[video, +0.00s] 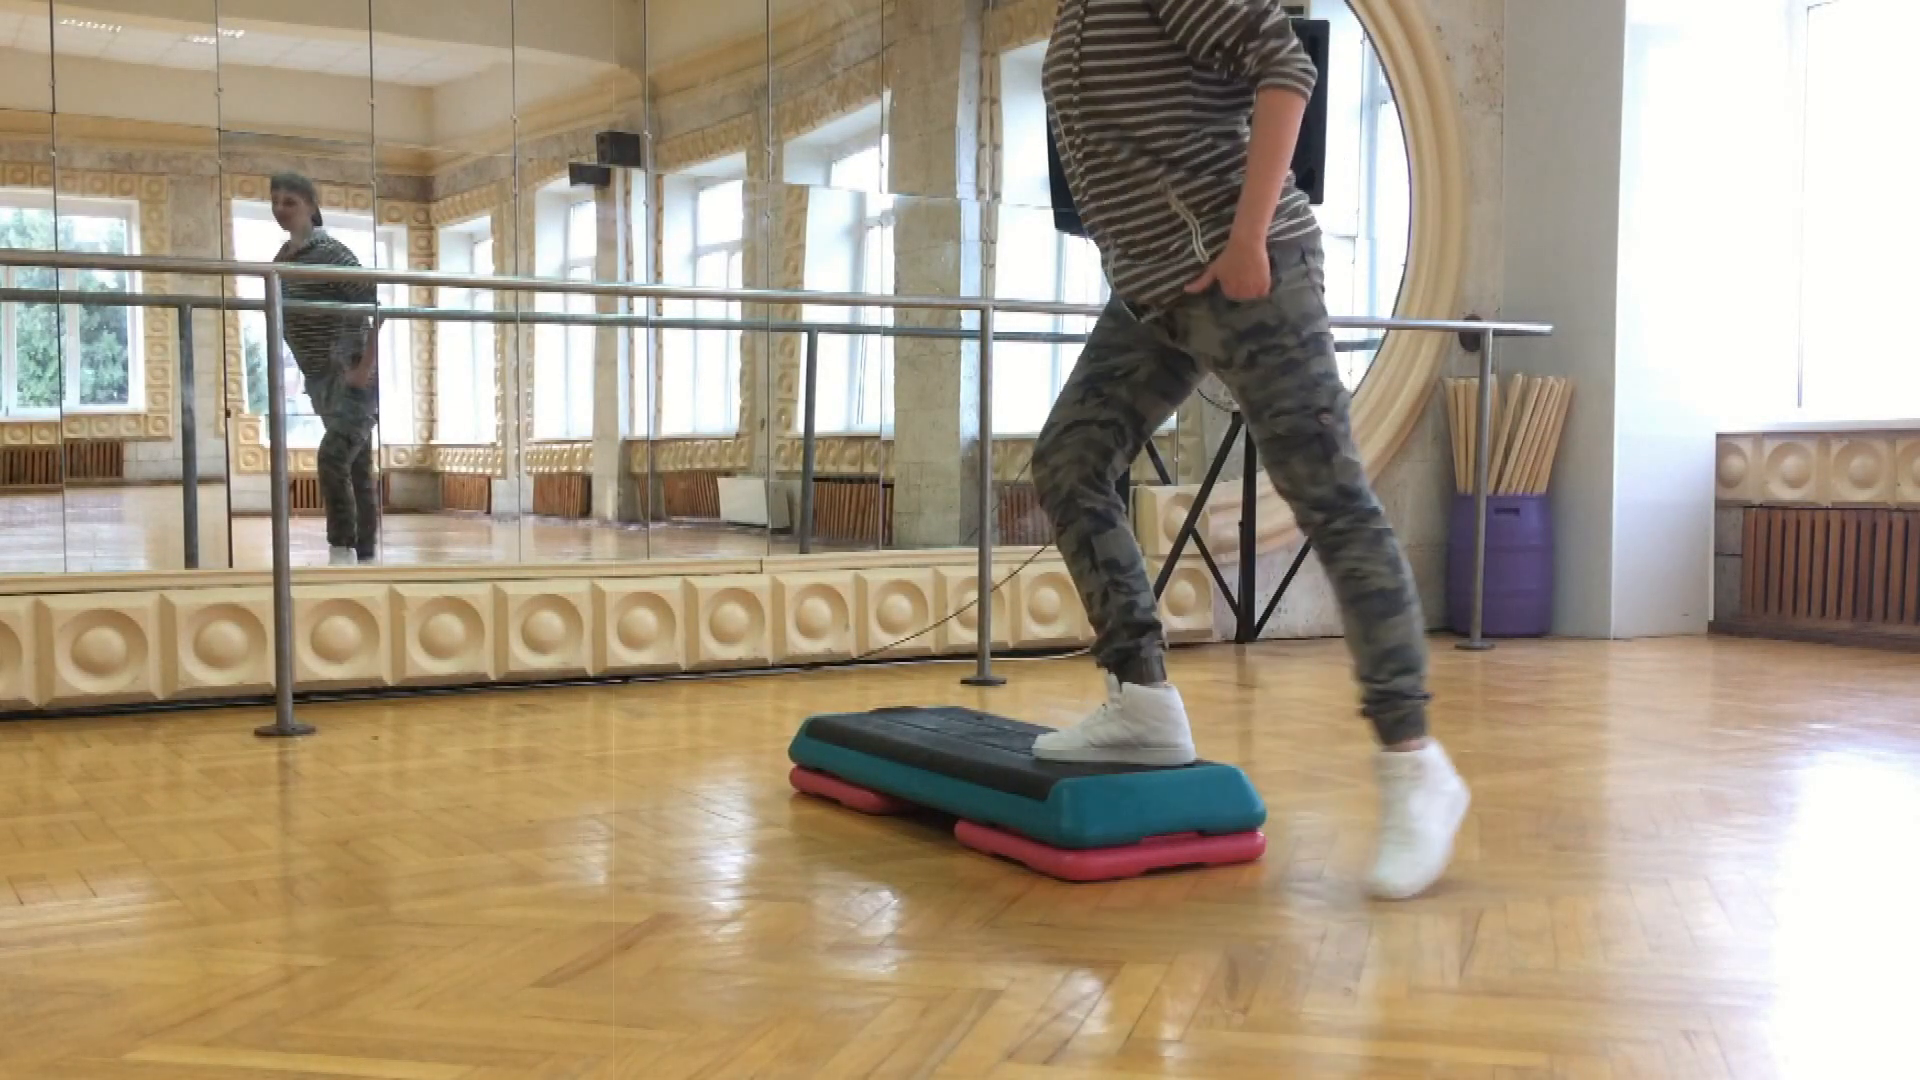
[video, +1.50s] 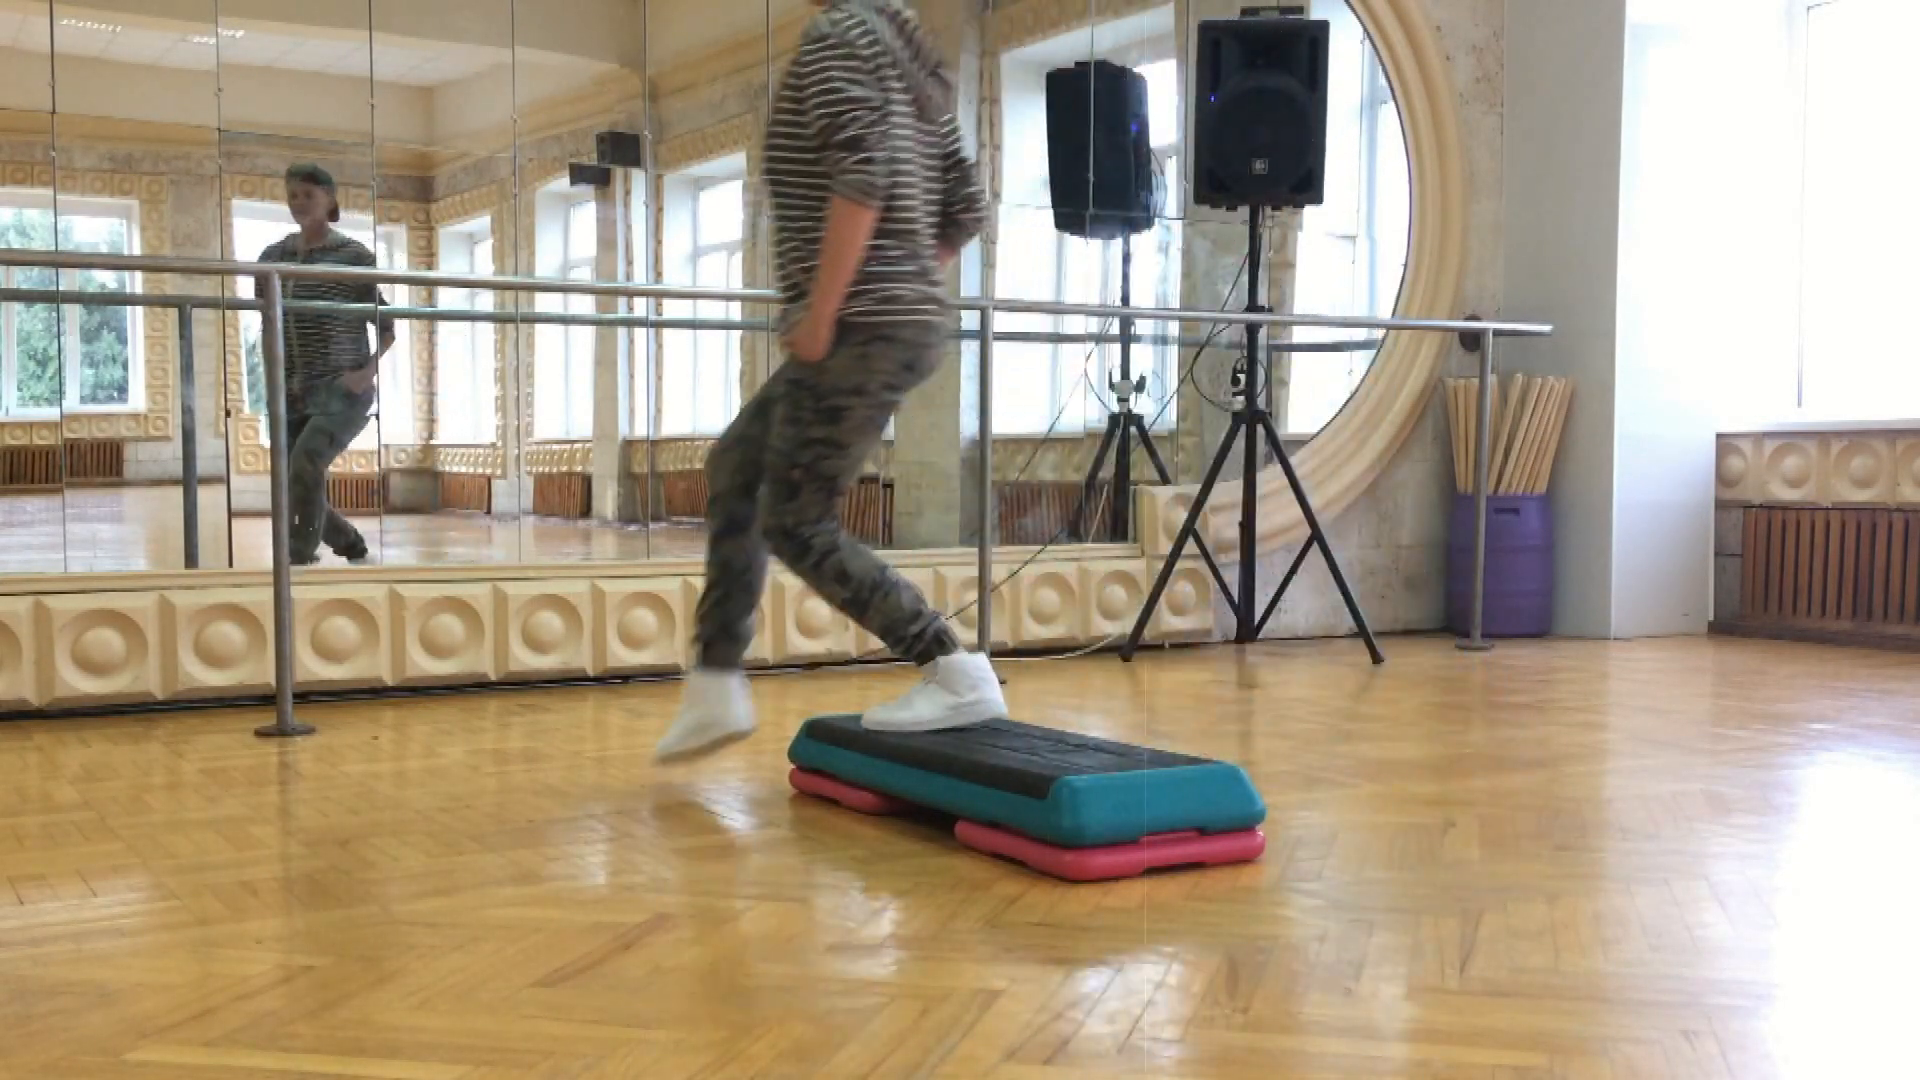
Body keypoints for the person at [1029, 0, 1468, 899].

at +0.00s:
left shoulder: (1174, 3)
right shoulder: (1068, 24)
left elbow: (1287, 68)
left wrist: (1249, 235)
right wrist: (1142, 252)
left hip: (1249, 266)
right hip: (1149, 291)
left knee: (1330, 496)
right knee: (1071, 465)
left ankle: (1413, 763)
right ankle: (1144, 704)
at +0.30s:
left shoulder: (1194, 14)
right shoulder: (1113, 37)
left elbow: (1297, 133)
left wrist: (1290, 297)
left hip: (1274, 311)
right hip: (1175, 327)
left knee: (1366, 511)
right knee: (1074, 474)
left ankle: (1492, 720)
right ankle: (1147, 704)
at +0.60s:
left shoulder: (1244, 59)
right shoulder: (1198, 70)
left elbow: (1340, 200)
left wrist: (1315, 357)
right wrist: (1219, 341)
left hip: (1308, 357)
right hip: (1227, 361)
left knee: (1396, 559)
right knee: (1095, 467)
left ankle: (1501, 755)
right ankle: (1193, 672)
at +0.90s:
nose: (1074, 2)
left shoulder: (1161, 63)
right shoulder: (1144, 60)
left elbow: (1229, 214)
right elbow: (1198, 215)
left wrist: (1165, 345)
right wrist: (1136, 335)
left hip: (1198, 359)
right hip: (1195, 358)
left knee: (1068, 519)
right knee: (1156, 550)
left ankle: (1247, 620)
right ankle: (1245, 751)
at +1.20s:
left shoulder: (1008, 15)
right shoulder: (1020, 22)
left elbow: (1067, 167)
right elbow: (1054, 170)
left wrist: (997, 290)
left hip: (1038, 304)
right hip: (1064, 307)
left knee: (899, 467)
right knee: (998, 519)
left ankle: (967, 680)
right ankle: (1156, 658)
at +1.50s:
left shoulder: (837, 35)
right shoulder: (909, 47)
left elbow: (866, 178)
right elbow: (965, 207)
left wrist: (819, 314)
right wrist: (897, 283)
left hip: (867, 322)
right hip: (908, 320)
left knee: (792, 520)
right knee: (737, 464)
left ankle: (955, 671)